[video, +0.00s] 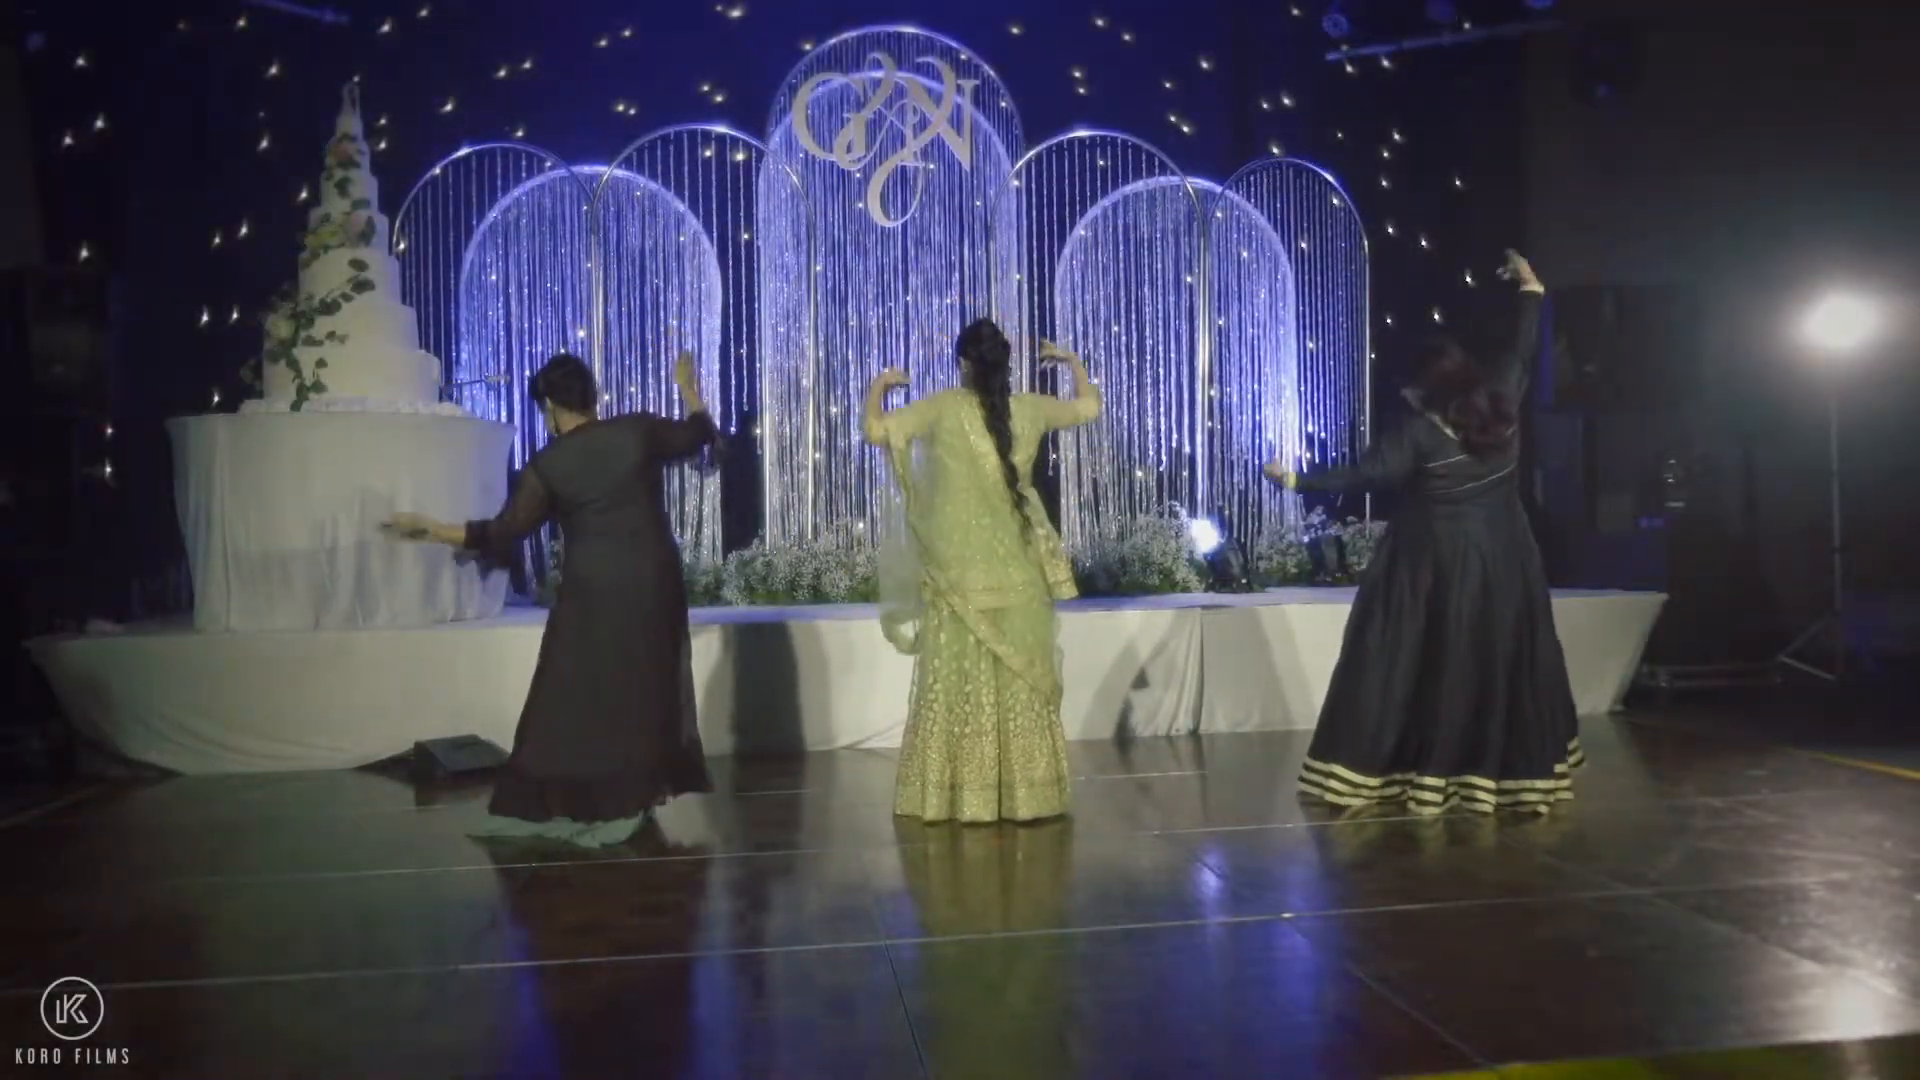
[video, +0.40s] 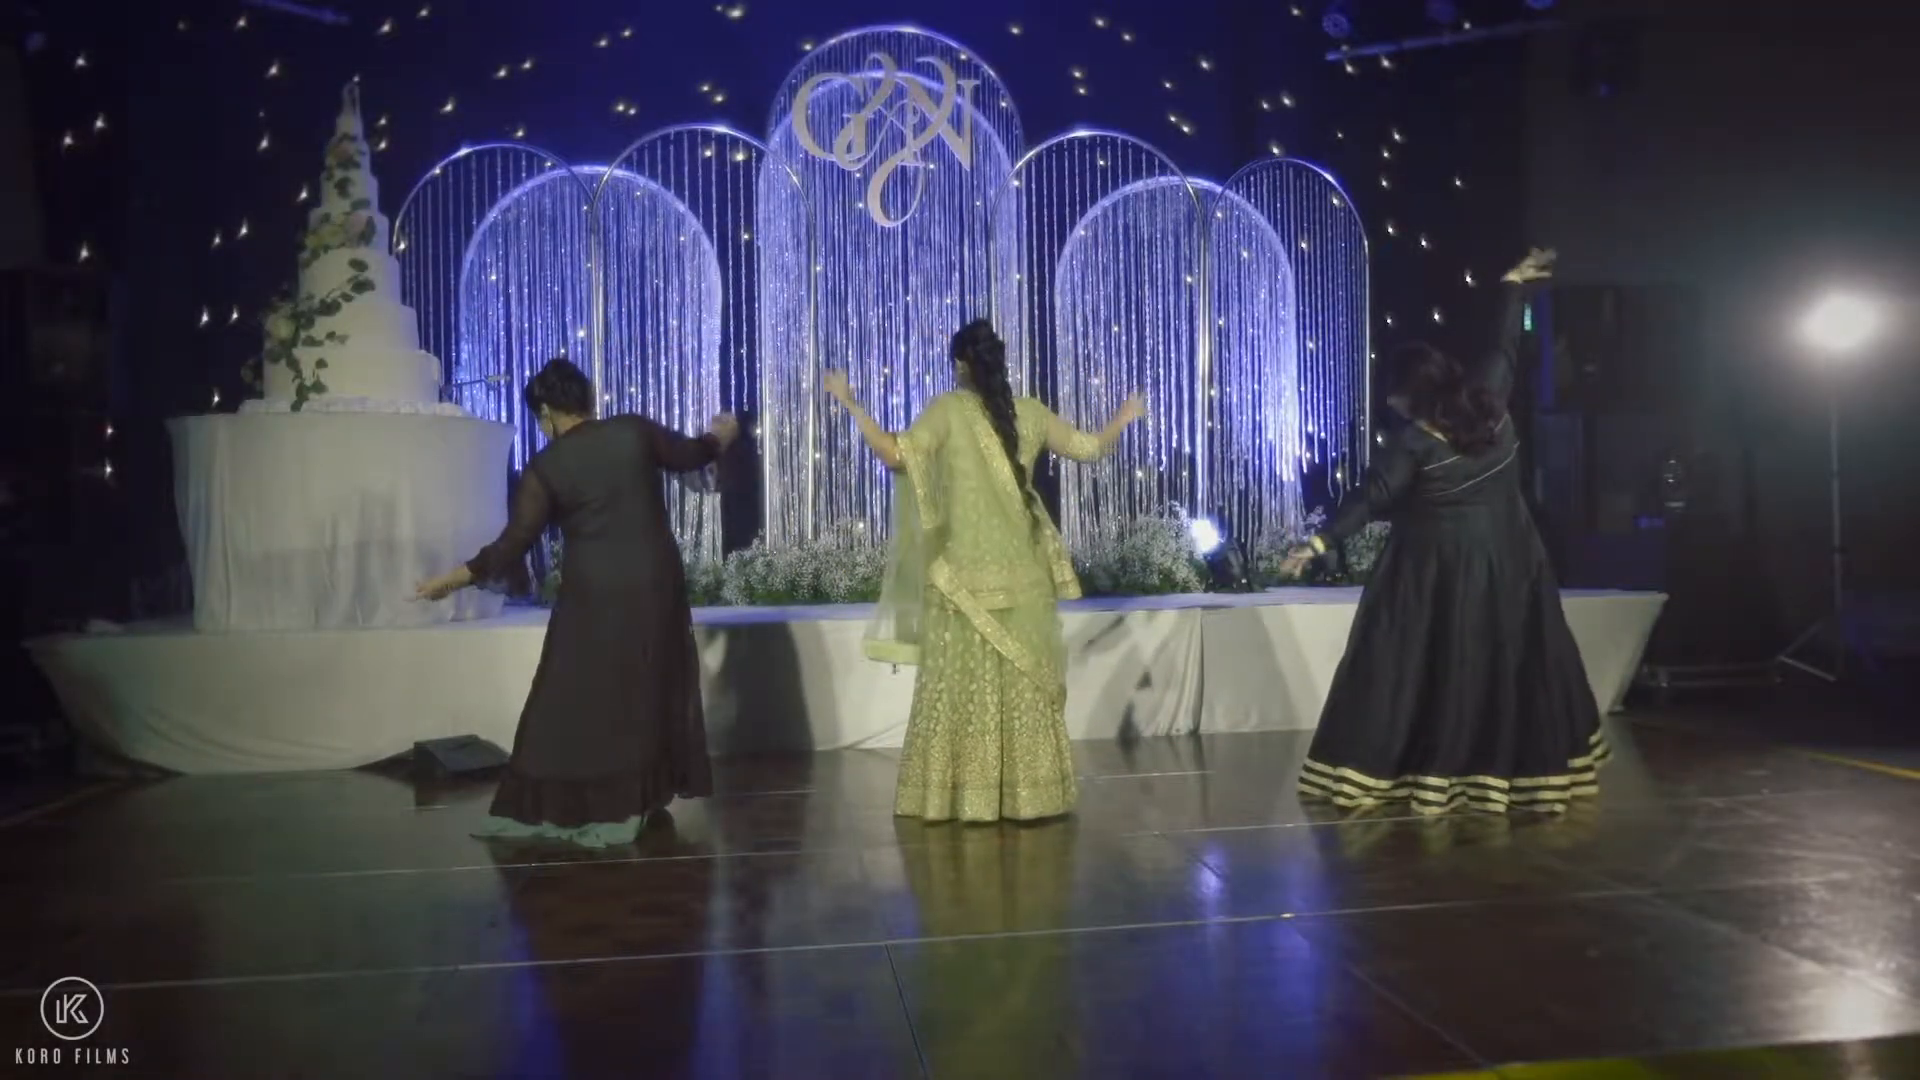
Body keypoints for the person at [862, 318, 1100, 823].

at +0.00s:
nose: (959, 366)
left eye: (960, 358)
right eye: (968, 358)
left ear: (962, 363)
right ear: (1005, 362)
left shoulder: (942, 407)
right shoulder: (1029, 408)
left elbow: (875, 430)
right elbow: (1089, 407)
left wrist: (879, 386)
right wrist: (1075, 362)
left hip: (958, 568)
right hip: (1018, 567)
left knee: (958, 685)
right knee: (1022, 681)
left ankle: (962, 795)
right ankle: (1025, 795)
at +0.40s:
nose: (954, 368)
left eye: (954, 361)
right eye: (957, 361)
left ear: (960, 363)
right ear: (999, 360)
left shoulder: (947, 409)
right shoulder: (1028, 412)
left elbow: (896, 456)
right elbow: (1089, 448)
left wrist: (850, 403)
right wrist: (1123, 418)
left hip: (965, 577)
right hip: (1026, 576)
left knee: (964, 691)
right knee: (1027, 688)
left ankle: (966, 797)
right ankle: (1028, 797)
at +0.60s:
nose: (955, 369)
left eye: (955, 362)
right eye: (958, 361)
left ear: (961, 364)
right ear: (1000, 361)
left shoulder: (949, 410)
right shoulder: (1030, 414)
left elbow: (896, 464)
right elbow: (1091, 461)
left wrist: (827, 463)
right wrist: (1147, 470)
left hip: (967, 580)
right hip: (1027, 578)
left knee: (966, 692)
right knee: (1028, 689)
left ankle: (969, 798)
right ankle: (1032, 797)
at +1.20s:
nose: (943, 378)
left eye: (945, 370)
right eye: (944, 370)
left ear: (959, 369)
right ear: (988, 367)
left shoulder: (946, 412)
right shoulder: (1024, 416)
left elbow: (908, 462)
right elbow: (1069, 468)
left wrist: (844, 442)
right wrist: (1110, 469)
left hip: (966, 573)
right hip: (1026, 572)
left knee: (968, 686)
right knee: (1029, 683)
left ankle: (970, 796)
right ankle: (1028, 795)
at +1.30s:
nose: (940, 377)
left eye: (942, 369)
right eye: (941, 369)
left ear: (957, 368)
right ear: (985, 367)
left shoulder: (945, 411)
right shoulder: (1018, 416)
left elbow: (919, 469)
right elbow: (1056, 483)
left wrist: (857, 460)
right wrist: (1068, 503)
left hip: (968, 573)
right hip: (1025, 571)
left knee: (967, 686)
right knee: (1028, 682)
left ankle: (971, 795)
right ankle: (1029, 794)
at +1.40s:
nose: (931, 376)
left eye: (934, 368)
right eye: (931, 368)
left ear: (955, 366)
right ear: (970, 366)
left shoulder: (948, 409)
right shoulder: (995, 413)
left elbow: (933, 469)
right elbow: (1031, 486)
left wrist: (869, 469)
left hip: (969, 570)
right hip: (1013, 566)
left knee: (967, 681)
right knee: (1012, 681)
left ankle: (966, 795)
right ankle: (1014, 795)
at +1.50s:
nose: (928, 373)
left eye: (933, 365)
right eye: (929, 365)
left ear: (954, 367)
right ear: (964, 367)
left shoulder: (955, 409)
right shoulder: (976, 409)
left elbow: (950, 465)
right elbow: (962, 469)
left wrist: (903, 463)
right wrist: (914, 463)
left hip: (967, 567)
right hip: (990, 564)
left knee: (969, 676)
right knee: (993, 676)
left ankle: (972, 792)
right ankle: (1001, 791)